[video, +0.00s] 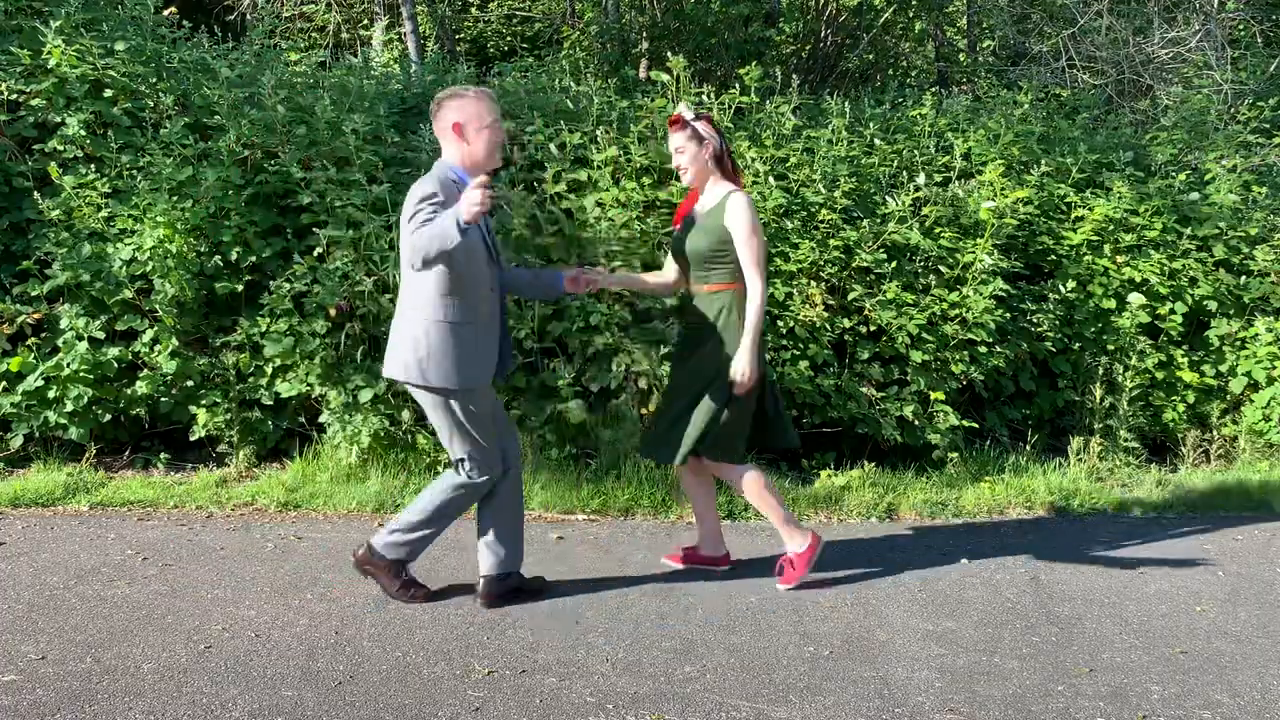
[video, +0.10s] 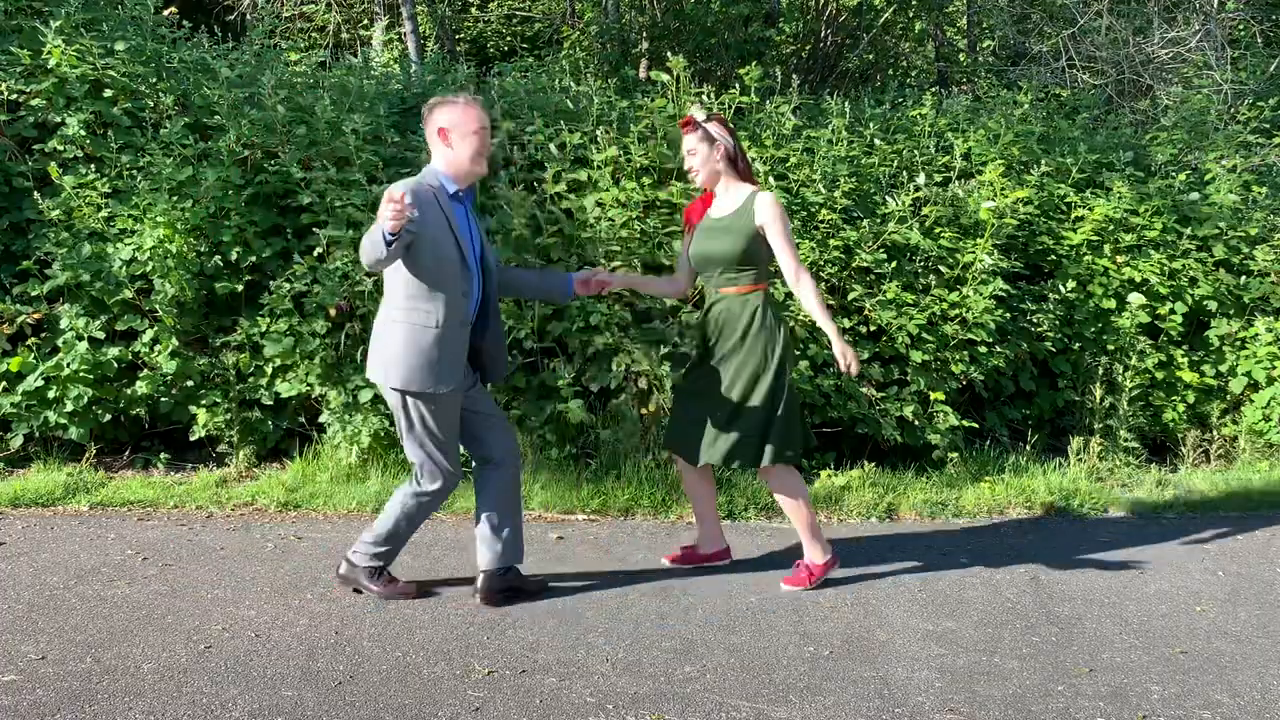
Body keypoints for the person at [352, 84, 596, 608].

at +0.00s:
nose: (504, 136)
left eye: (501, 125)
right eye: (493, 126)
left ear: (462, 135)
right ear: (457, 133)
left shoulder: (469, 196)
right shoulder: (432, 190)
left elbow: (496, 277)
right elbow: (414, 250)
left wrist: (560, 280)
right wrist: (459, 216)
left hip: (460, 358)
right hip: (434, 360)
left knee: (504, 455)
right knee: (480, 463)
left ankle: (501, 577)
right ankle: (385, 553)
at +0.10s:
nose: (489, 143)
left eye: (489, 134)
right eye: (480, 134)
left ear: (458, 139)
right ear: (442, 138)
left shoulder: (462, 206)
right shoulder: (412, 197)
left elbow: (495, 277)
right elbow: (372, 257)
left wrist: (573, 283)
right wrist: (385, 228)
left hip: (454, 363)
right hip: (414, 364)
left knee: (499, 450)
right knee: (436, 475)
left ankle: (499, 573)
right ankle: (363, 560)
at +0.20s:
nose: (479, 146)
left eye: (481, 138)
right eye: (468, 136)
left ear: (482, 145)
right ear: (430, 139)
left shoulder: (466, 218)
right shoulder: (388, 196)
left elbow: (503, 274)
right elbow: (344, 249)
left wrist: (580, 277)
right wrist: (329, 229)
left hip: (443, 360)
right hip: (391, 362)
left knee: (494, 437)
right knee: (426, 469)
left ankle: (495, 563)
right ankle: (362, 565)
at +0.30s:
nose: (468, 148)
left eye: (473, 140)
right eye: (458, 136)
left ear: (476, 147)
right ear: (424, 136)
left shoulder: (468, 220)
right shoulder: (374, 195)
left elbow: (510, 271)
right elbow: (317, 240)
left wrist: (582, 275)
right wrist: (284, 215)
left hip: (435, 360)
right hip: (378, 357)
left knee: (478, 448)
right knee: (421, 462)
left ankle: (502, 567)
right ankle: (364, 563)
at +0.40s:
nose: (456, 151)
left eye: (463, 144)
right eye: (445, 140)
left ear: (466, 156)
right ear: (414, 144)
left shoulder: (463, 222)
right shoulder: (362, 198)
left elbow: (512, 278)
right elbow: (297, 237)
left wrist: (583, 282)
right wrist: (249, 204)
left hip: (427, 358)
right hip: (368, 354)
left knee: (465, 452)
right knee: (420, 457)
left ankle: (500, 567)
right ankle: (365, 556)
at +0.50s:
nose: (442, 161)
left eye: (450, 154)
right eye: (433, 149)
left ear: (452, 163)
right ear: (401, 146)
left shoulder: (451, 228)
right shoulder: (346, 202)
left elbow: (500, 279)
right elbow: (279, 240)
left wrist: (572, 285)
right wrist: (225, 203)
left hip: (417, 364)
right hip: (354, 360)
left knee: (458, 455)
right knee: (401, 462)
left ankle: (498, 566)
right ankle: (361, 559)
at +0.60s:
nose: (428, 159)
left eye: (436, 151)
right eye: (419, 147)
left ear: (440, 159)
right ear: (388, 145)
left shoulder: (439, 222)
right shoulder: (331, 198)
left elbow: (488, 272)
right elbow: (262, 232)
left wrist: (560, 276)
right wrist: (205, 198)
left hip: (401, 355)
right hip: (338, 353)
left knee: (451, 436)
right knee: (386, 451)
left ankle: (476, 553)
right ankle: (361, 559)